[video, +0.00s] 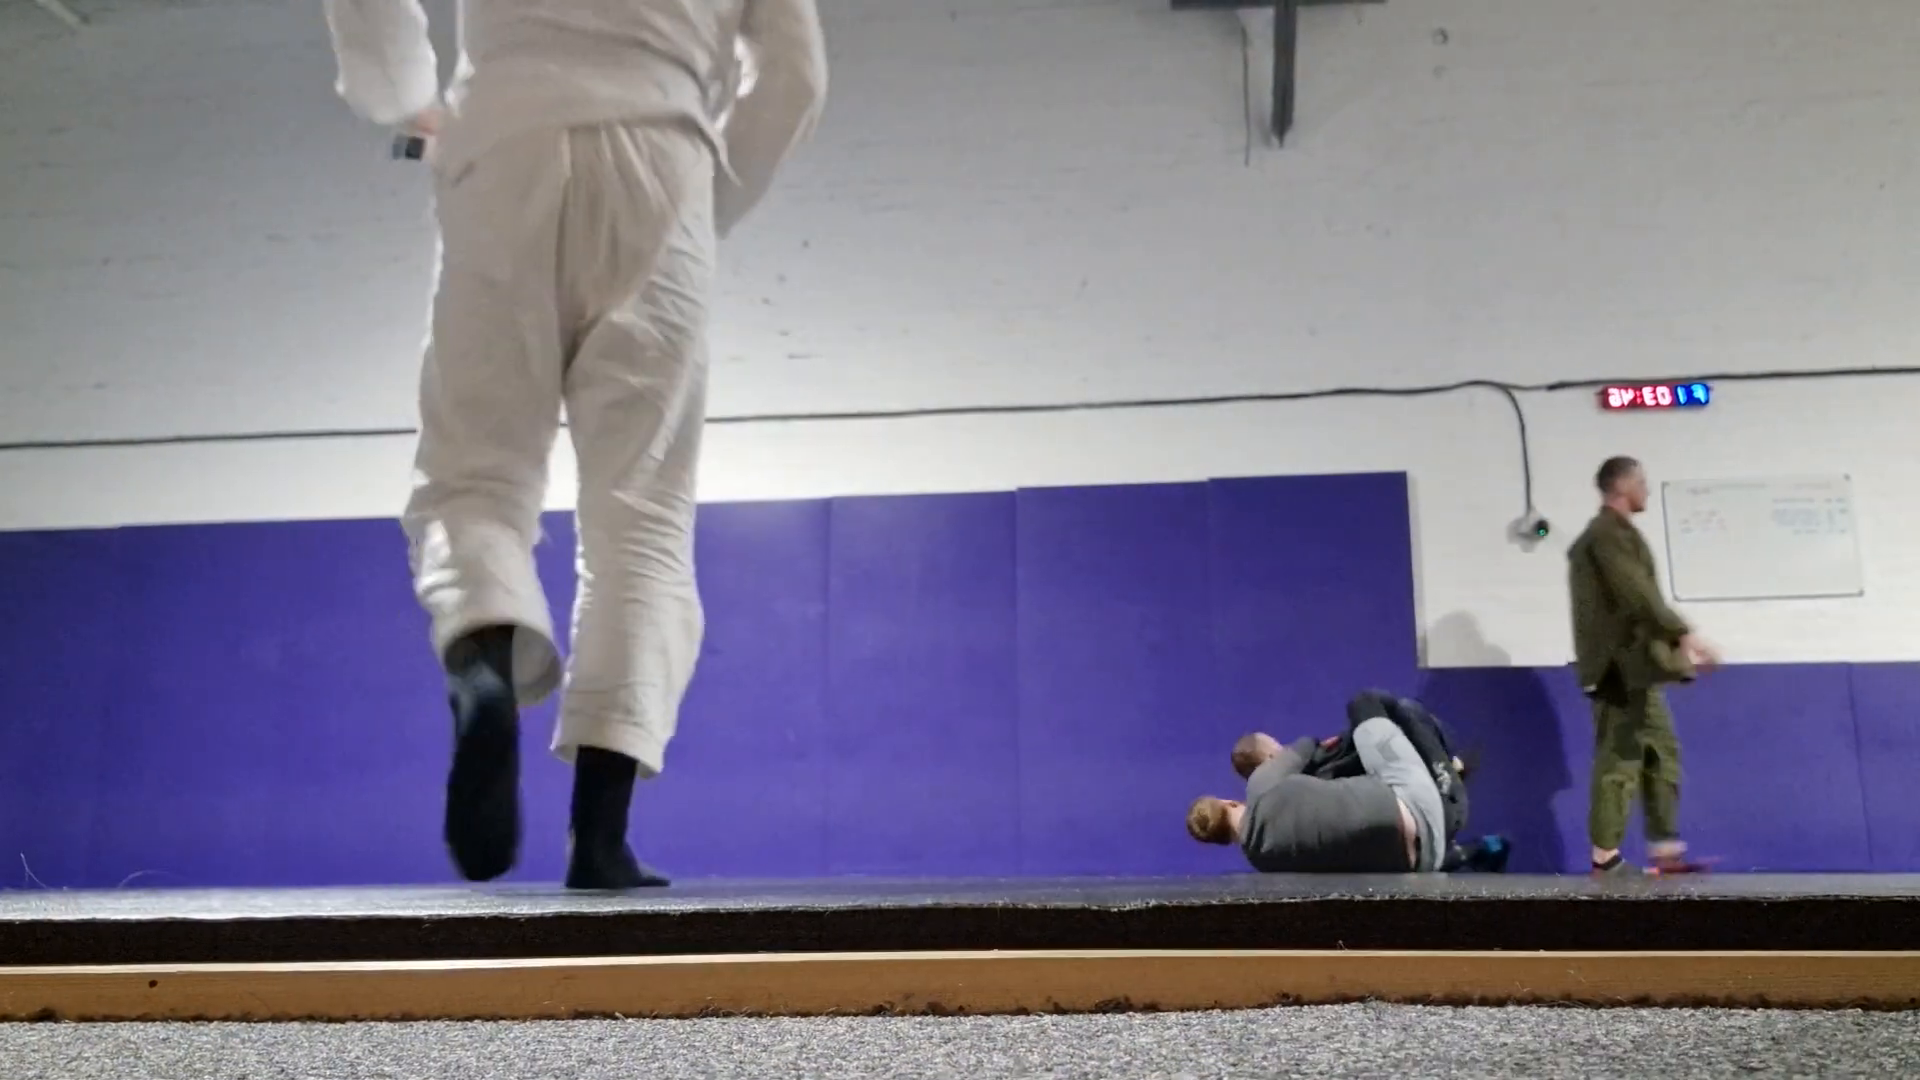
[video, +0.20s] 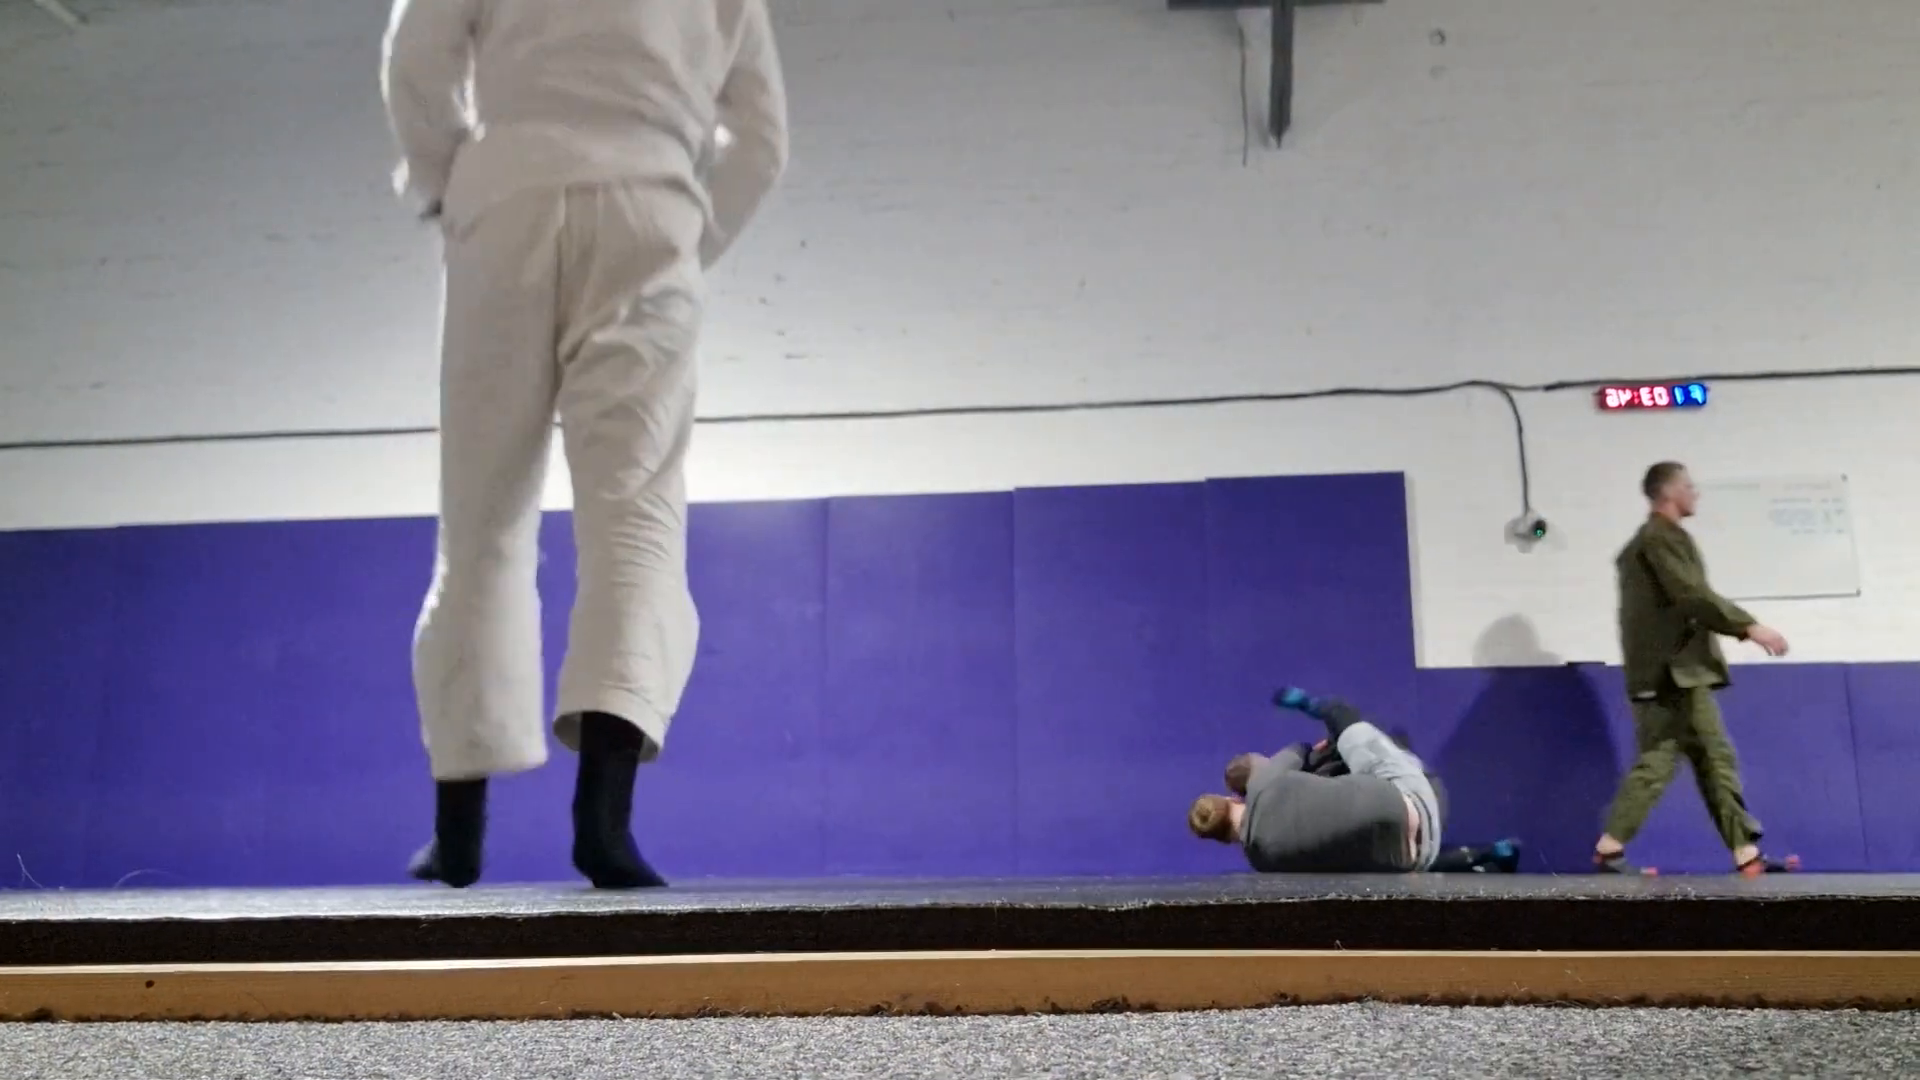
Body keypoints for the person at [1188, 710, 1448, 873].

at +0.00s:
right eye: (1227, 799)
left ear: (1219, 843)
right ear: (1229, 801)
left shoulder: (1262, 860)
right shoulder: (1263, 784)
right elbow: (1305, 747)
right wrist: (1318, 747)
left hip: (1424, 865)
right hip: (1418, 812)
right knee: (1370, 718)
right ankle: (1442, 778)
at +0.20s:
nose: (1259, 757)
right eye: (1254, 758)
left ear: (1222, 840)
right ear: (1231, 798)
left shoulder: (1263, 862)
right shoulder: (1266, 781)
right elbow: (1297, 753)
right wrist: (1318, 752)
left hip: (1421, 859)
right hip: (1416, 804)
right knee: (1351, 732)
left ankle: (1475, 858)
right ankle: (1316, 701)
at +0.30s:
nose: (1248, 768)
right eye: (1243, 772)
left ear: (1218, 842)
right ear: (1237, 790)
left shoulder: (1260, 861)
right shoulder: (1264, 778)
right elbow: (1298, 756)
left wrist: (1314, 770)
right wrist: (1315, 751)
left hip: (1411, 860)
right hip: (1412, 805)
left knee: (1424, 857)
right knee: (1332, 727)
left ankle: (1501, 854)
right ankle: (1295, 716)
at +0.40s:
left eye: (1210, 829)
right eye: (1233, 782)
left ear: (1217, 844)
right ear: (1231, 794)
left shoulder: (1258, 861)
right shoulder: (1261, 780)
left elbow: (1315, 856)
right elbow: (1302, 746)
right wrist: (1292, 757)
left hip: (1407, 859)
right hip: (1406, 806)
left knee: (1441, 857)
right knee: (1319, 729)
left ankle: (1518, 855)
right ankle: (1289, 746)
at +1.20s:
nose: (1244, 772)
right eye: (1240, 778)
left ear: (1223, 839)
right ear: (1238, 793)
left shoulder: (1262, 862)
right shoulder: (1268, 783)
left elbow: (1325, 852)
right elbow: (1311, 752)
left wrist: (1318, 781)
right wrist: (1316, 768)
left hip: (1414, 855)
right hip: (1405, 799)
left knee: (1471, 857)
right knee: (1326, 740)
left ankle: (1549, 858)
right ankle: (1262, 716)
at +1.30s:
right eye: (1233, 787)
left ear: (1220, 842)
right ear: (1232, 796)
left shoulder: (1261, 863)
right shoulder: (1269, 789)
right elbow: (1303, 751)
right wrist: (1276, 760)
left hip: (1412, 855)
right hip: (1400, 804)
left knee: (1472, 854)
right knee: (1312, 733)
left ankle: (1552, 855)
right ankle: (1265, 754)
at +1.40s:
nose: (1250, 772)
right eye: (1244, 778)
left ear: (1219, 841)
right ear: (1232, 794)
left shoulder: (1260, 864)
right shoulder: (1265, 782)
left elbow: (1323, 864)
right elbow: (1305, 753)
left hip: (1410, 857)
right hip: (1398, 801)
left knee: (1471, 856)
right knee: (1311, 731)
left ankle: (1550, 854)